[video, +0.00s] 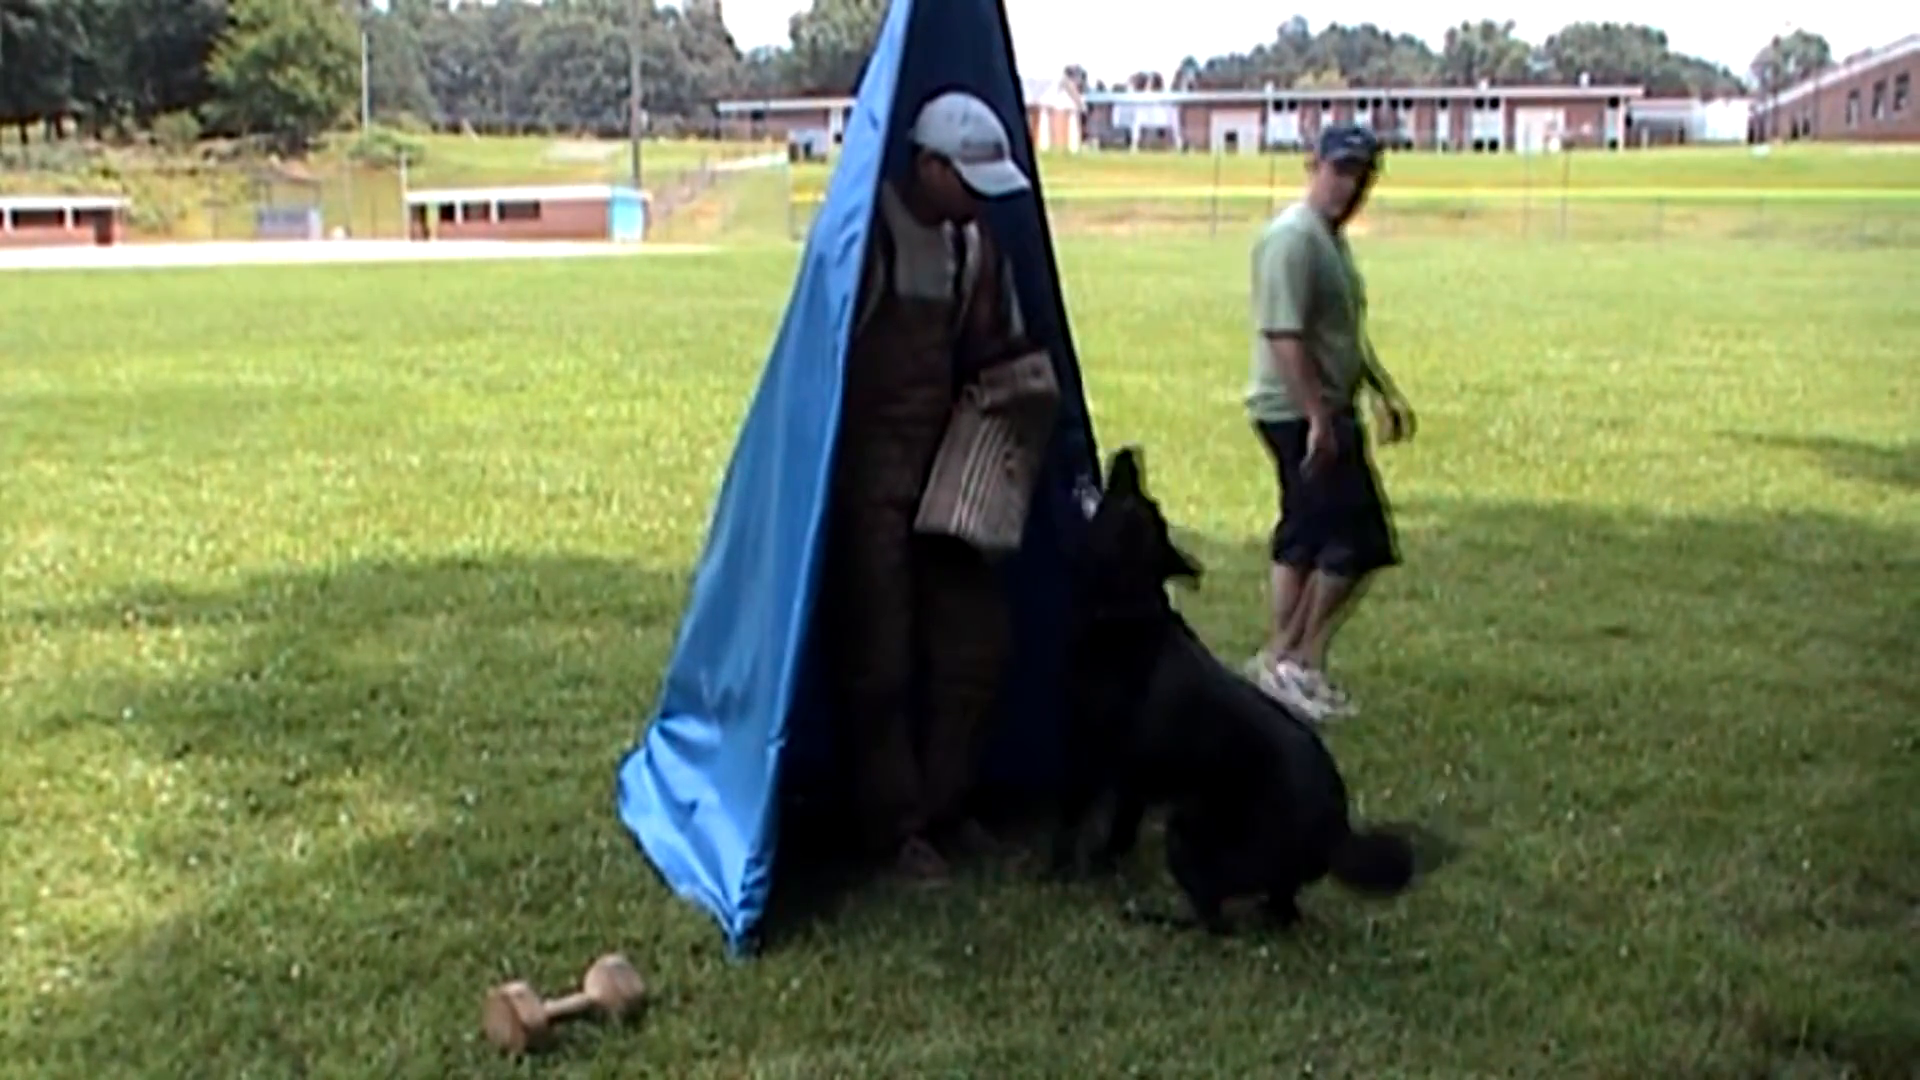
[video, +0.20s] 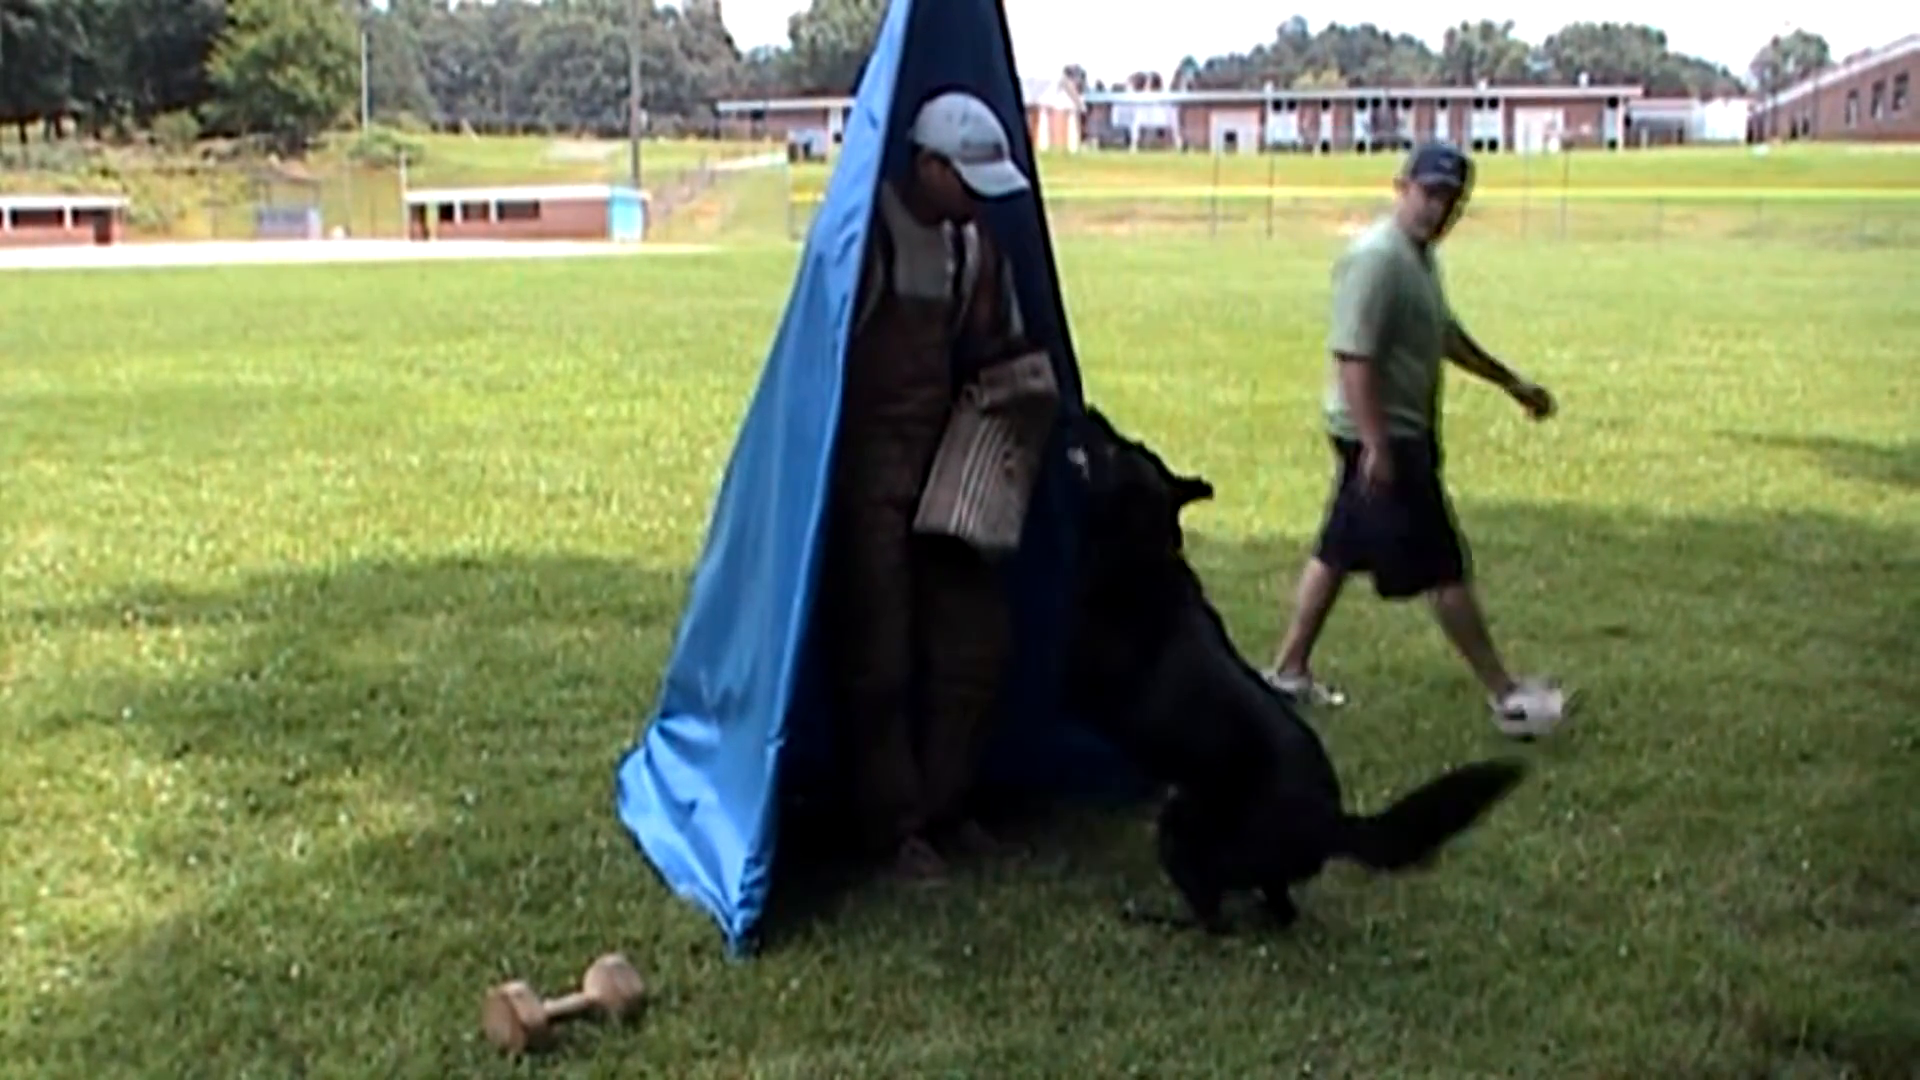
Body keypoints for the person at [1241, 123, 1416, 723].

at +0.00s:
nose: (1354, 188)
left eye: (1363, 177)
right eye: (1344, 173)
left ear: (1369, 184)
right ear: (1315, 169)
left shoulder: (1329, 240)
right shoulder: (1292, 240)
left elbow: (1345, 335)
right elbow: (1284, 339)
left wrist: (1383, 393)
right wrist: (1317, 414)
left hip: (1325, 408)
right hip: (1298, 410)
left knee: (1301, 537)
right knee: (1357, 541)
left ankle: (1281, 655)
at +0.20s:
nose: (1440, 209)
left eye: (1451, 199)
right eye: (1432, 194)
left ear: (1459, 207)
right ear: (1402, 189)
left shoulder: (1417, 260)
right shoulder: (1377, 260)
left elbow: (1447, 340)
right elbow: (1353, 360)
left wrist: (1515, 386)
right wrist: (1374, 444)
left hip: (1394, 437)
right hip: (1390, 441)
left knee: (1332, 557)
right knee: (1444, 575)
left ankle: (1288, 669)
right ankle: (1504, 694)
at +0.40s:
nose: (1529, 219)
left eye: (1541, 208)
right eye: (1519, 205)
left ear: (1550, 214)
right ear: (1491, 200)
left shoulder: (1518, 268)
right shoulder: (1470, 275)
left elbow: (1527, 362)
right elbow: (1455, 383)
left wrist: (1566, 415)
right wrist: (1476, 463)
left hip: (1517, 441)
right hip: (1485, 445)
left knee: (1489, 571)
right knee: (1524, 578)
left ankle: (1366, 636)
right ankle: (1526, 707)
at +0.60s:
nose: (1610, 203)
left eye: (1624, 193)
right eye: (1601, 188)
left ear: (1636, 203)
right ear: (1578, 187)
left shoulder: (1610, 261)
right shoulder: (1550, 262)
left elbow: (1601, 358)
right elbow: (1558, 368)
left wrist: (1617, 432)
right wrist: (1622, 433)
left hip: (1601, 439)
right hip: (1548, 439)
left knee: (1649, 561)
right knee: (1563, 571)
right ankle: (1528, 704)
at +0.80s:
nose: (1695, 216)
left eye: (1710, 207)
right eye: (1687, 201)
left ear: (1728, 219)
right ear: (1668, 200)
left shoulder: (1717, 284)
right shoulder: (1636, 274)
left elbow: (1708, 375)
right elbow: (1637, 376)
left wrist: (1706, 441)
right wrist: (1731, 426)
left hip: (1693, 466)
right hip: (1625, 462)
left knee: (1736, 599)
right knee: (1590, 592)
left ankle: (1773, 734)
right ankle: (1534, 703)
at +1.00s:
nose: (1788, 216)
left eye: (1804, 206)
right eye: (1779, 200)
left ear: (1822, 217)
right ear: (1760, 202)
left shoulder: (1819, 284)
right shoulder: (1727, 277)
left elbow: (1831, 379)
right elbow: (1720, 382)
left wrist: (1862, 444)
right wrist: (1752, 469)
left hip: (1802, 467)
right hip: (1737, 467)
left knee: (1812, 607)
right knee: (1750, 607)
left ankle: (1788, 742)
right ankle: (1644, 672)